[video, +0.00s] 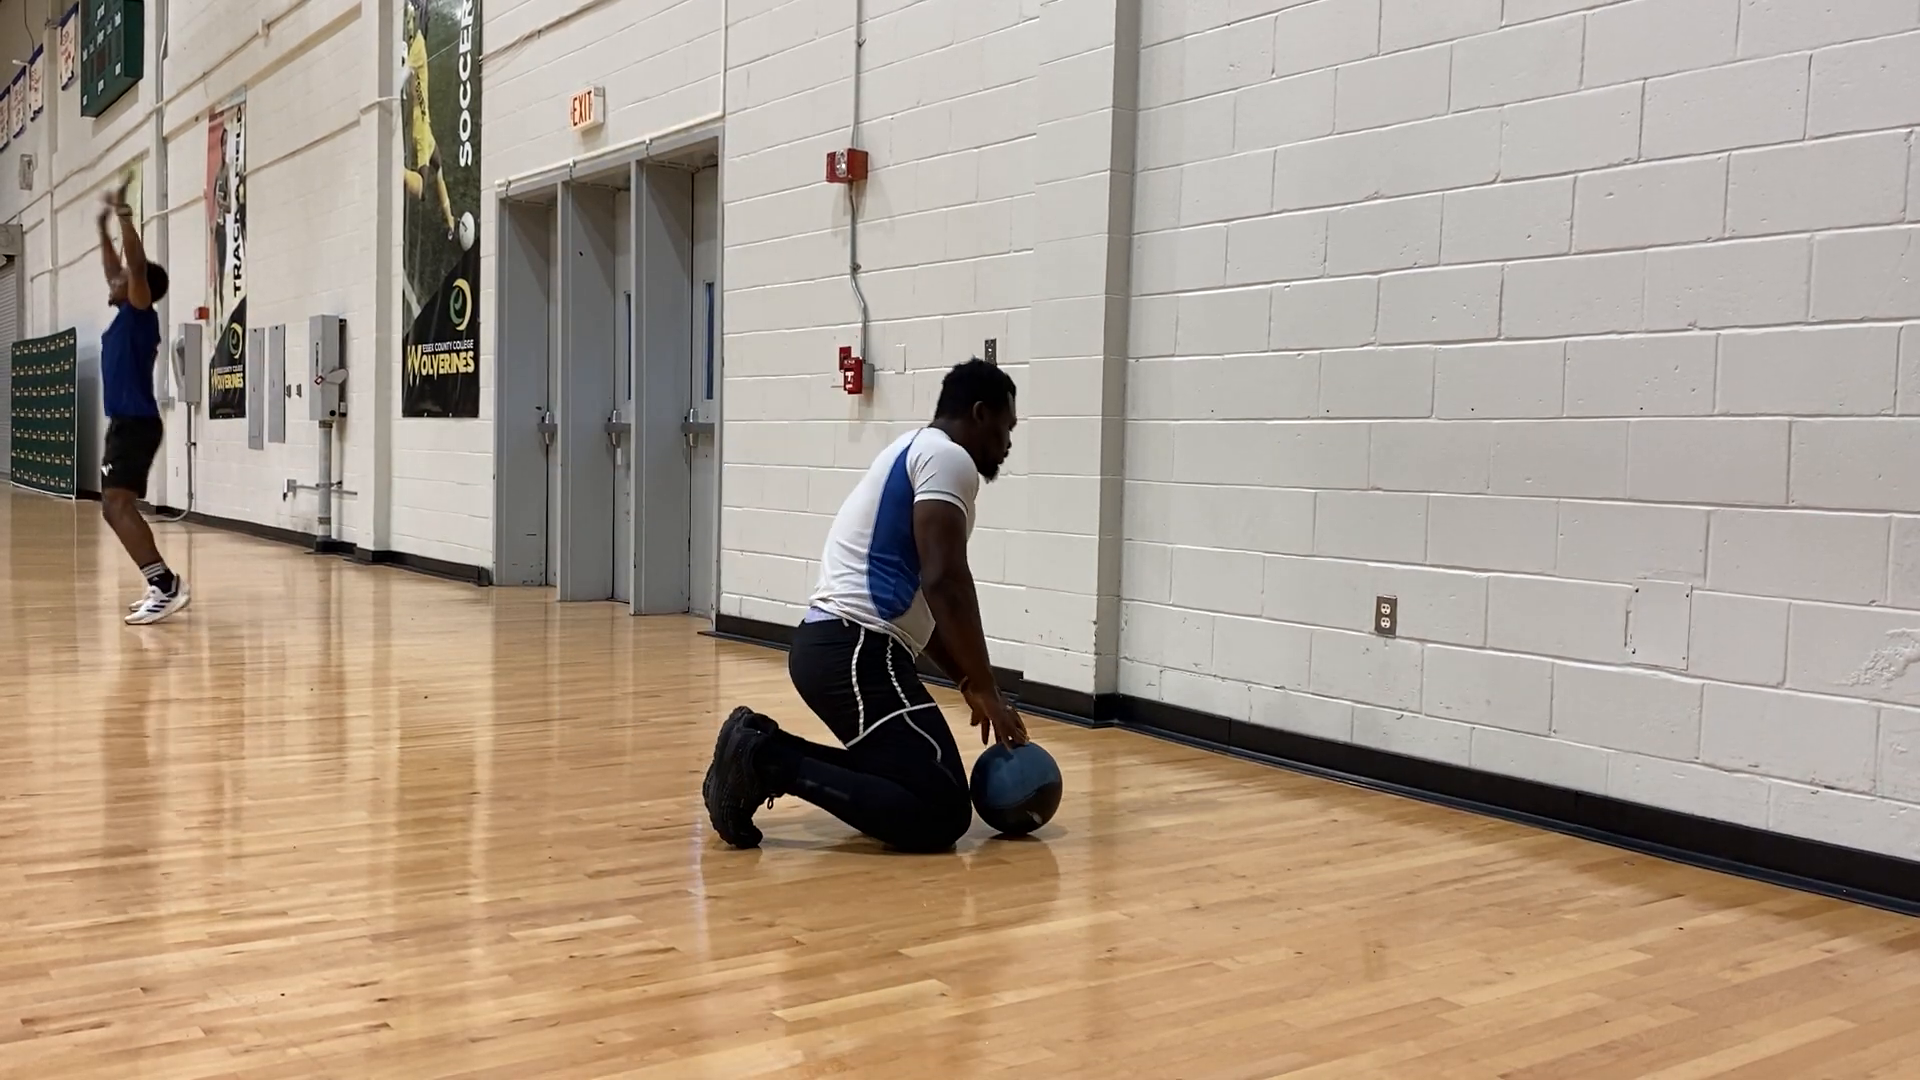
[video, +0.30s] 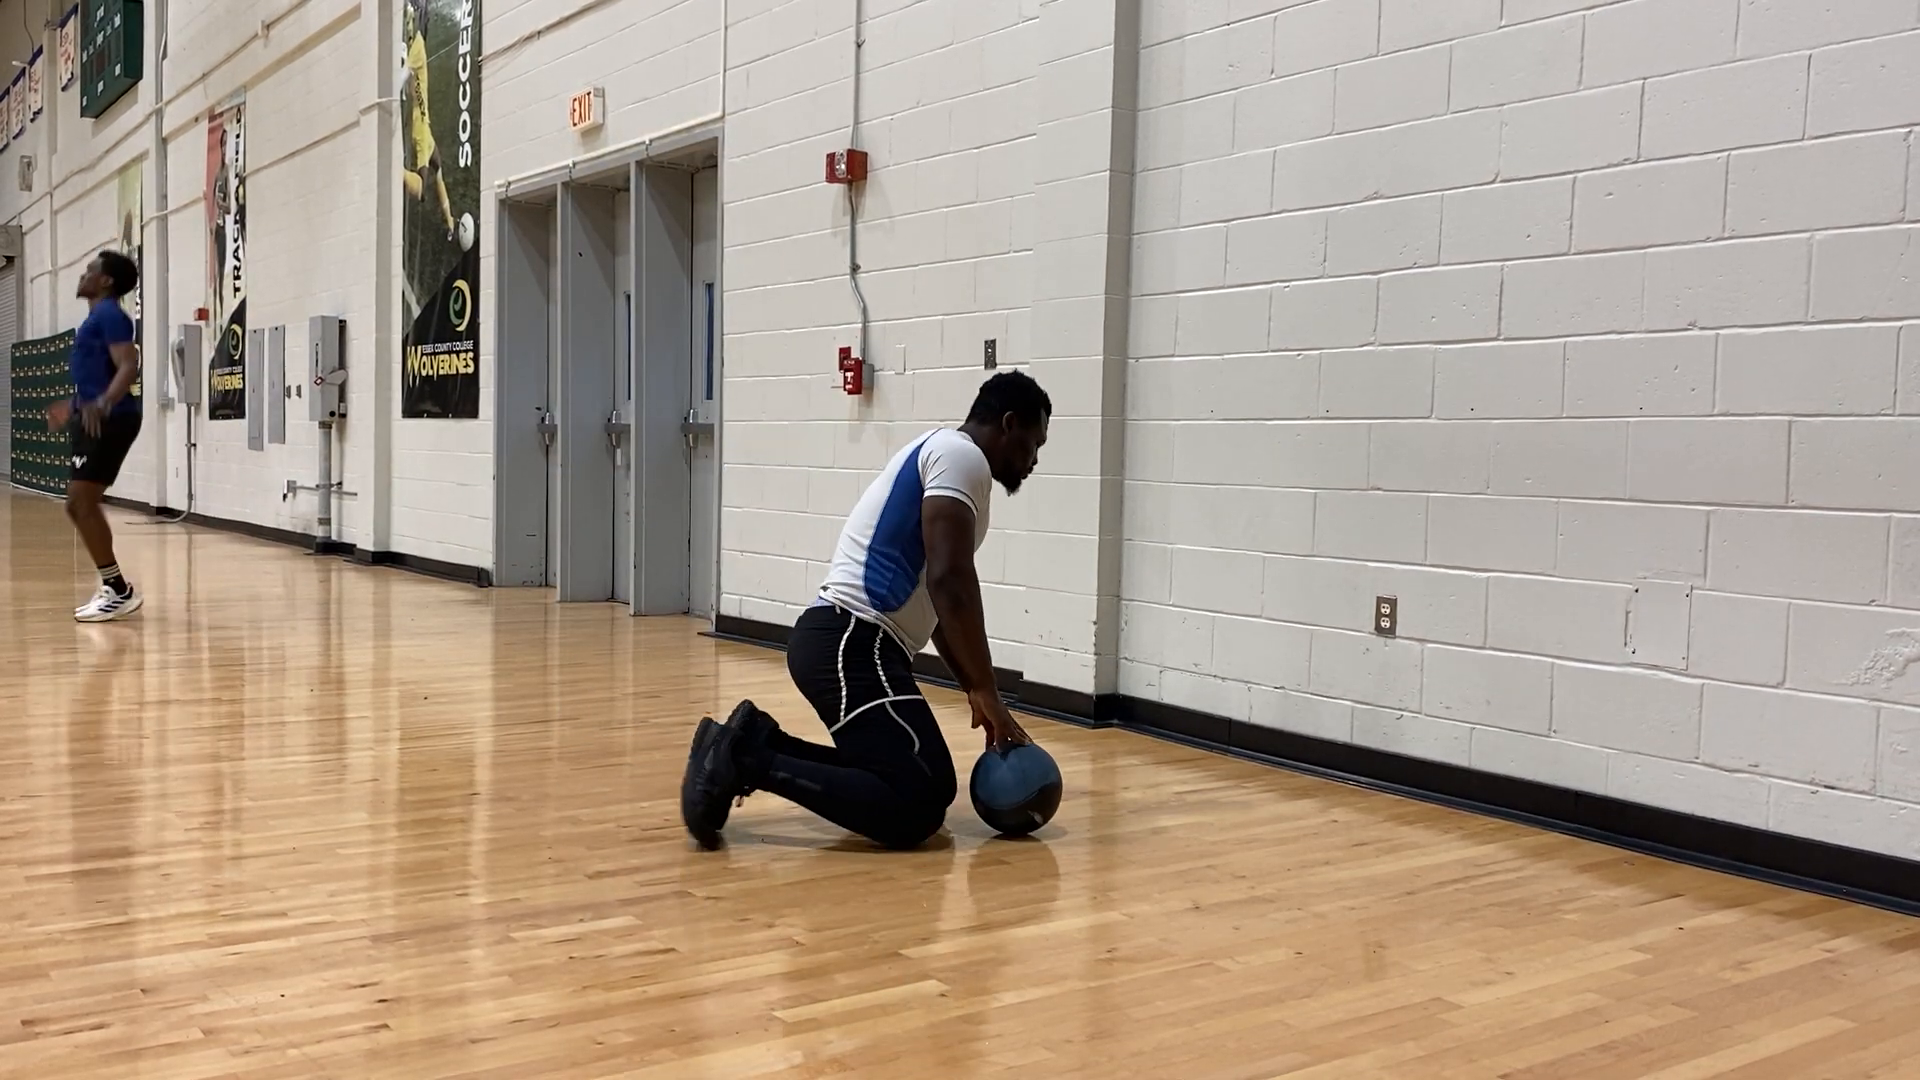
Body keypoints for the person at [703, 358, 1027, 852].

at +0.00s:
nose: (1009, 444)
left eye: (1011, 430)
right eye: (1007, 428)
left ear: (960, 413)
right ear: (979, 415)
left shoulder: (913, 453)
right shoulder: (945, 455)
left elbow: (909, 607)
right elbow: (944, 580)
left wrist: (970, 684)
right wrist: (985, 689)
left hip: (838, 643)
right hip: (856, 647)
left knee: (936, 793)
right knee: (940, 817)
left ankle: (767, 745)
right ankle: (768, 760)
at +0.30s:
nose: (1036, 459)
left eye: (1041, 446)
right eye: (1037, 444)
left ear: (994, 420)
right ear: (1010, 424)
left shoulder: (946, 457)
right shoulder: (957, 453)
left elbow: (938, 601)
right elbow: (948, 577)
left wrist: (976, 690)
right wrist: (985, 691)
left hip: (861, 640)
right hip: (849, 638)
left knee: (927, 786)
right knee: (913, 810)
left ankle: (766, 742)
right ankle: (745, 761)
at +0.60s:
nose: (1039, 472)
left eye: (1043, 458)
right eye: (1038, 456)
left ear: (996, 440)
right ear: (1007, 442)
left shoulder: (960, 493)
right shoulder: (945, 483)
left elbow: (956, 613)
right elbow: (923, 614)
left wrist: (991, 713)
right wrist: (979, 722)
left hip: (849, 654)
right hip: (822, 651)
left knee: (928, 783)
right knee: (888, 823)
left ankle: (760, 762)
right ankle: (716, 775)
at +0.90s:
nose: (1021, 475)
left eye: (1019, 461)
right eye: (1013, 461)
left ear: (972, 470)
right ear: (974, 470)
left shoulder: (951, 521)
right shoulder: (917, 527)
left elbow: (946, 631)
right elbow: (899, 664)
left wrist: (985, 720)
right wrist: (962, 758)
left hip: (835, 666)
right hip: (791, 664)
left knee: (923, 782)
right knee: (881, 822)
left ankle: (751, 767)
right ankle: (708, 780)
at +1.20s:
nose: (985, 404)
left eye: (981, 390)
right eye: (975, 392)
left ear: (941, 403)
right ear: (941, 401)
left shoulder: (931, 468)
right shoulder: (896, 448)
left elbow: (916, 562)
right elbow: (835, 548)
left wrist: (967, 626)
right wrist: (938, 612)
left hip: (852, 655)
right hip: (818, 651)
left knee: (924, 784)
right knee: (880, 820)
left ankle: (760, 765)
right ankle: (702, 781)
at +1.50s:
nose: (961, 367)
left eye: (954, 355)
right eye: (950, 356)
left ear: (916, 377)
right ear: (920, 375)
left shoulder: (920, 450)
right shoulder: (878, 429)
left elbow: (899, 562)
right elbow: (821, 530)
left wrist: (961, 587)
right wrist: (934, 545)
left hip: (871, 649)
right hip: (833, 641)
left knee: (925, 787)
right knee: (858, 822)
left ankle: (770, 760)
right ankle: (681, 766)